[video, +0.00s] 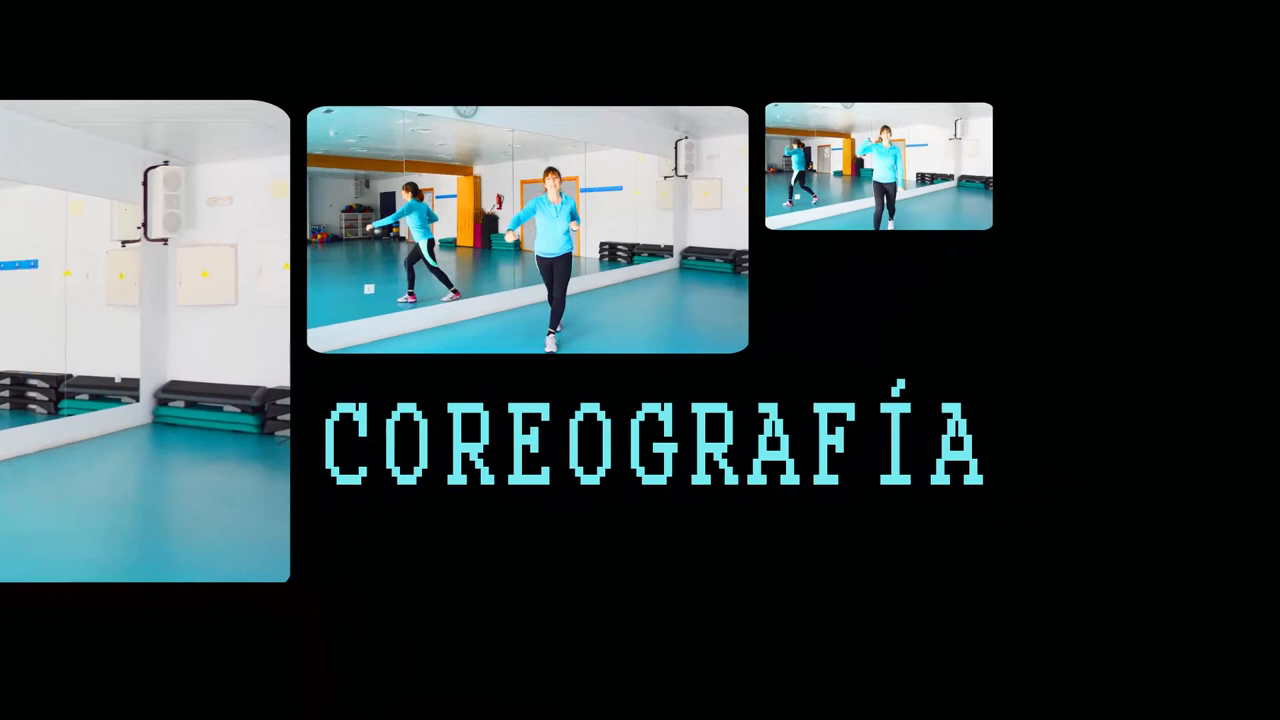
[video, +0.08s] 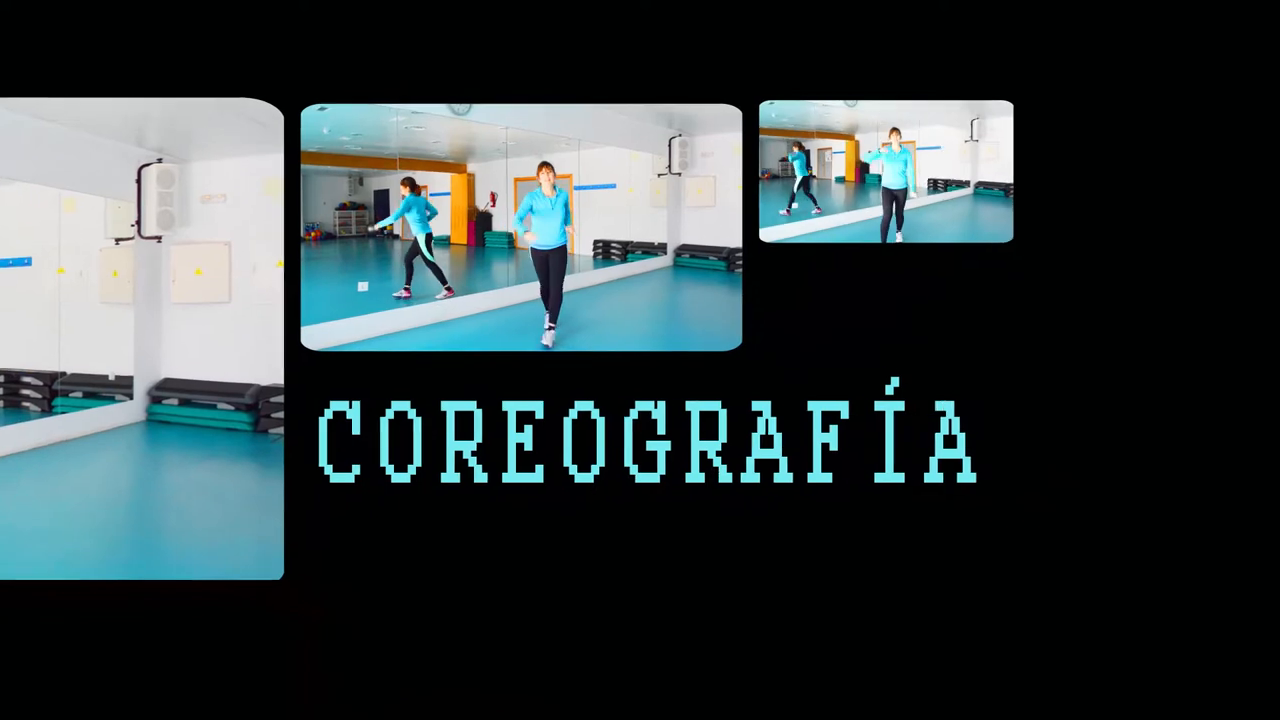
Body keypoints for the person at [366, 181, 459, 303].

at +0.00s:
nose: (403, 195)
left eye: (404, 193)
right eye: (403, 193)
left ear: (410, 193)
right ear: (414, 193)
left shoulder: (409, 205)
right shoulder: (423, 205)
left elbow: (393, 218)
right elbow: (434, 218)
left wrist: (374, 224)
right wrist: (421, 221)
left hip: (424, 241)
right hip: (424, 240)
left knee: (433, 267)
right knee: (408, 262)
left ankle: (454, 291)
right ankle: (410, 294)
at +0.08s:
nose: (401, 190)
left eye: (402, 187)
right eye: (401, 188)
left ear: (407, 187)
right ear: (412, 188)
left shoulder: (407, 201)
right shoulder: (421, 199)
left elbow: (394, 217)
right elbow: (434, 212)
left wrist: (378, 225)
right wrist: (424, 220)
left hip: (423, 235)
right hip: (422, 234)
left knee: (429, 261)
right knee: (408, 259)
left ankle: (447, 288)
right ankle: (406, 289)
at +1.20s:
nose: (365, 96)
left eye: (367, 93)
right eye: (363, 93)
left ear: (370, 96)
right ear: (359, 96)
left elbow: (384, 124)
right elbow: (339, 128)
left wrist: (391, 136)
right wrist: (344, 132)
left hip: (373, 147)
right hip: (358, 148)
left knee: (369, 180)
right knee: (360, 180)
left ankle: (369, 209)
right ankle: (351, 211)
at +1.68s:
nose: (365, 60)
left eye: (366, 57)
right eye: (366, 57)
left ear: (370, 58)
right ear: (380, 58)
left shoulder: (365, 71)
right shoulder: (389, 71)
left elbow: (356, 88)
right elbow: (404, 86)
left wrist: (338, 97)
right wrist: (420, 86)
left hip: (368, 111)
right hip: (384, 111)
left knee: (363, 148)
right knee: (387, 147)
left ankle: (355, 183)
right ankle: (389, 181)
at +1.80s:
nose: (366, 55)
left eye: (366, 53)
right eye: (366, 53)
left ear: (371, 52)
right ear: (379, 52)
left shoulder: (367, 66)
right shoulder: (389, 66)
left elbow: (362, 84)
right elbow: (405, 78)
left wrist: (340, 86)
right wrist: (408, 74)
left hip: (370, 108)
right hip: (386, 108)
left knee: (365, 143)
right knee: (391, 141)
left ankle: (363, 180)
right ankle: (400, 174)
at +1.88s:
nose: (366, 50)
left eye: (367, 47)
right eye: (366, 48)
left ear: (370, 47)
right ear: (379, 47)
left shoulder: (368, 60)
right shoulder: (388, 61)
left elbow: (359, 81)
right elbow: (402, 75)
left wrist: (340, 77)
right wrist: (392, 68)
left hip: (372, 103)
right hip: (388, 103)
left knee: (368, 139)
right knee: (388, 137)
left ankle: (368, 176)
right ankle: (403, 169)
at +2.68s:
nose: (383, 38)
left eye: (384, 35)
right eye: (383, 35)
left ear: (391, 35)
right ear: (391, 35)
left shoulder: (407, 48)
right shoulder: (396, 50)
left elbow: (422, 61)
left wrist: (412, 63)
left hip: (422, 82)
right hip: (416, 82)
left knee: (401, 113)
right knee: (434, 109)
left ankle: (410, 147)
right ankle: (451, 133)